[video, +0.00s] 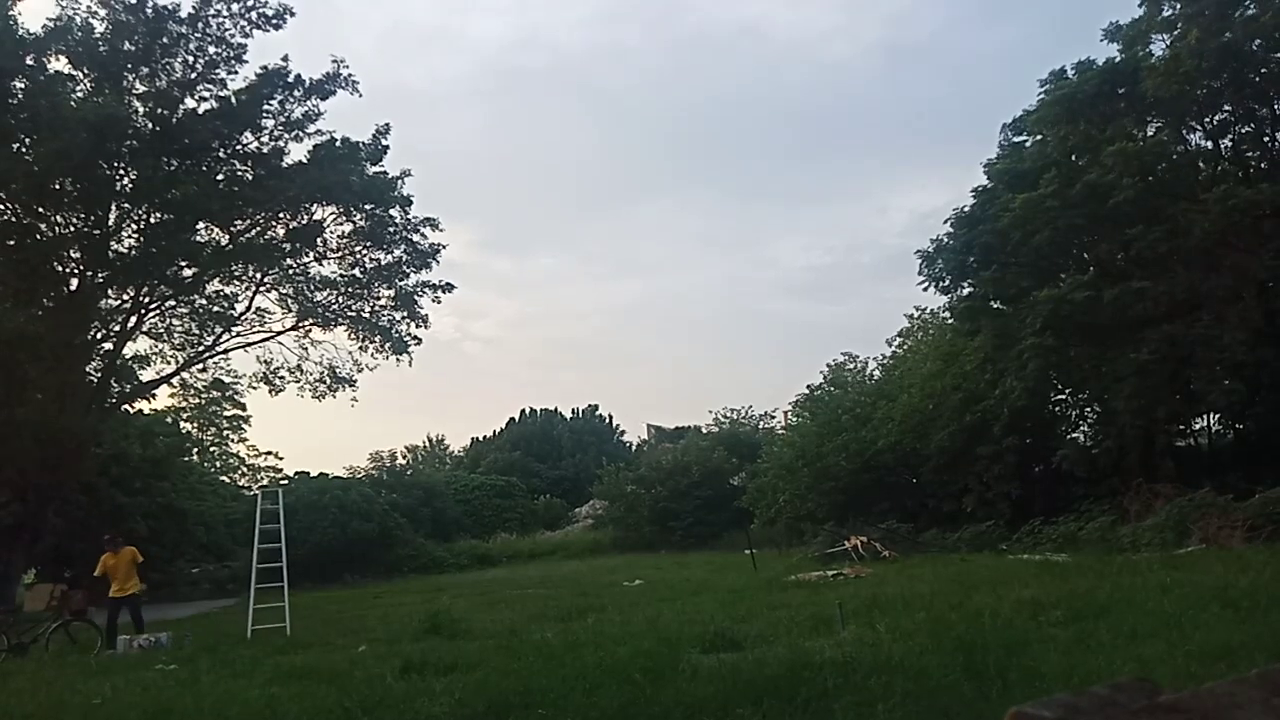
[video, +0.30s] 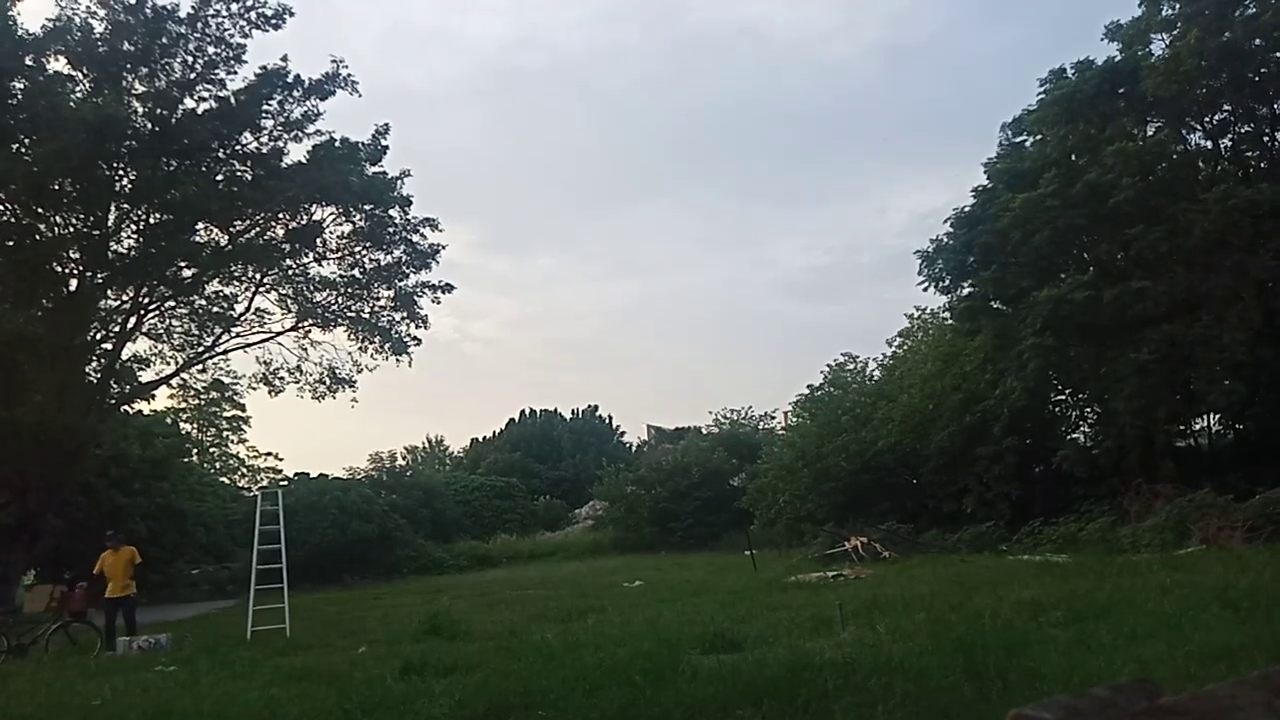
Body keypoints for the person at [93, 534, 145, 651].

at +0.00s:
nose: (108, 548)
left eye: (110, 545)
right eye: (107, 546)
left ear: (117, 543)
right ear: (106, 546)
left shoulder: (131, 551)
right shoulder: (105, 558)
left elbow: (142, 566)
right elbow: (97, 577)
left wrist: (143, 582)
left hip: (132, 590)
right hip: (115, 592)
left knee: (137, 618)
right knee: (111, 621)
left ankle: (141, 643)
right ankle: (110, 648)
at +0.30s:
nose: (110, 544)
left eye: (112, 541)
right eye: (108, 541)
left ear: (118, 540)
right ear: (106, 543)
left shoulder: (130, 551)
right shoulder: (104, 556)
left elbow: (139, 568)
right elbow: (95, 574)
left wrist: (132, 579)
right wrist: (87, 584)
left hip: (128, 592)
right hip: (111, 594)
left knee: (130, 622)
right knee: (109, 623)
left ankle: (133, 646)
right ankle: (110, 649)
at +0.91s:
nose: (123, 539)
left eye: (125, 536)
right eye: (121, 536)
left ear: (129, 536)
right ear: (117, 536)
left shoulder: (137, 551)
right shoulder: (113, 551)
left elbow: (140, 567)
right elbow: (97, 560)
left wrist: (123, 566)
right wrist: (108, 561)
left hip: (129, 592)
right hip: (112, 592)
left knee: (131, 622)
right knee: (110, 623)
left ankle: (134, 646)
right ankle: (112, 649)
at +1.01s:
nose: (122, 536)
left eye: (125, 533)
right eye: (121, 533)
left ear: (129, 535)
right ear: (117, 534)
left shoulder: (137, 549)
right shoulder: (112, 549)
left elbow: (140, 565)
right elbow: (96, 557)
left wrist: (125, 563)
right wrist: (107, 559)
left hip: (129, 590)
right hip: (112, 590)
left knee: (131, 620)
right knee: (110, 620)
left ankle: (133, 644)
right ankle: (111, 646)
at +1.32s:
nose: (123, 538)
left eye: (125, 536)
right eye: (121, 536)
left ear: (130, 536)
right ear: (118, 536)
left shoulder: (137, 550)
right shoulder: (112, 550)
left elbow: (140, 567)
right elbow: (98, 558)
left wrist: (126, 564)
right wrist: (109, 559)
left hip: (129, 591)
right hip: (113, 591)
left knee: (131, 621)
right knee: (111, 622)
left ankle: (134, 646)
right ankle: (112, 648)